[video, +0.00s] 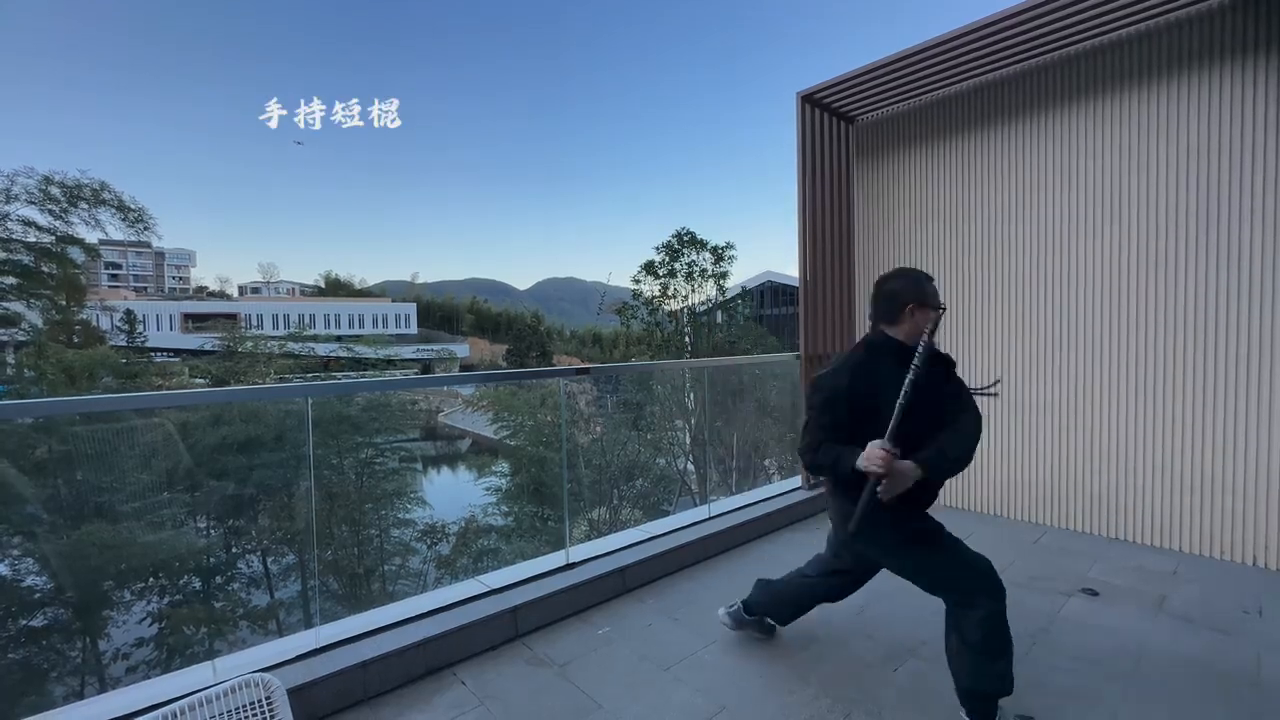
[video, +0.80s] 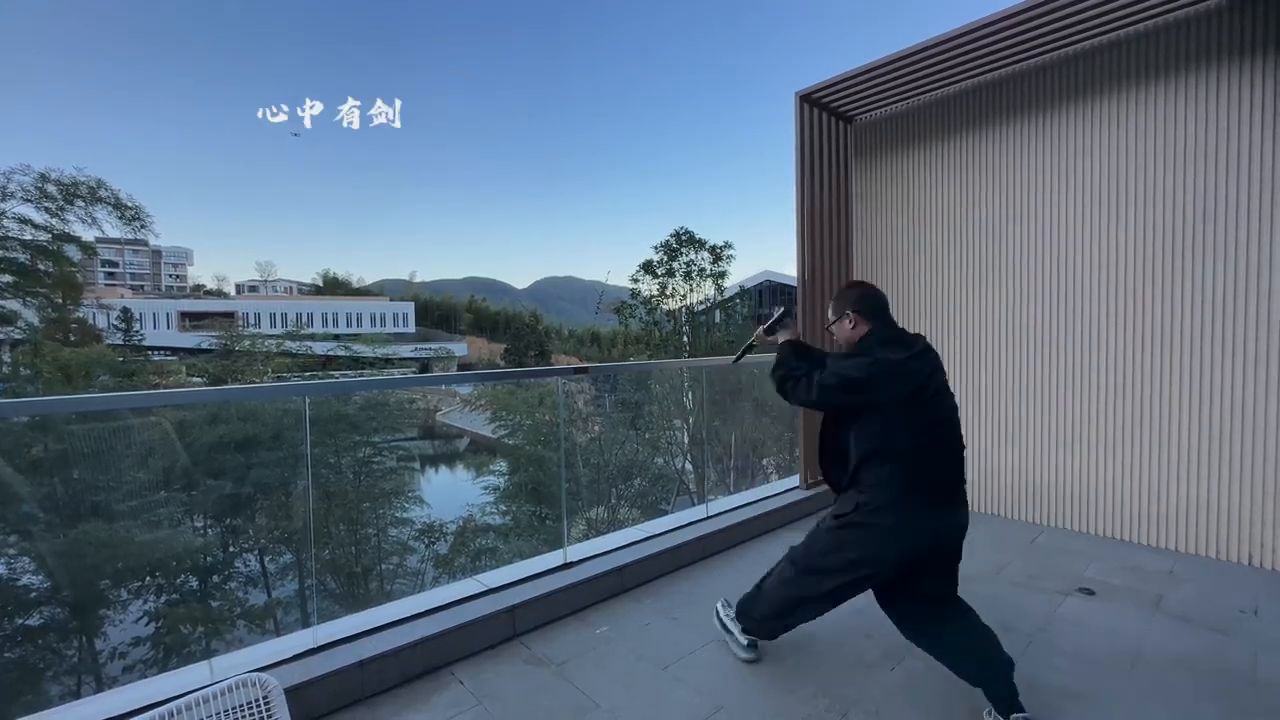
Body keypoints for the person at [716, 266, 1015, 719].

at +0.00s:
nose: (937, 319)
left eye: (938, 311)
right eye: (933, 311)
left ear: (903, 313)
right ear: (909, 312)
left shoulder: (934, 367)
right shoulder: (847, 374)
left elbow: (967, 428)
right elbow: (813, 451)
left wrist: (919, 467)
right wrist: (856, 458)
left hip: (897, 507)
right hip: (865, 515)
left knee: (830, 576)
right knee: (976, 583)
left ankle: (754, 610)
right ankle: (983, 709)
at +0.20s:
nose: (958, 348)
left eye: (958, 340)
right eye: (955, 340)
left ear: (913, 336)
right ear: (938, 342)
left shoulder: (925, 395)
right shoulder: (889, 372)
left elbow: (954, 464)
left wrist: (922, 479)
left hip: (830, 508)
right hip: (869, 518)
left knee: (831, 572)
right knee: (969, 580)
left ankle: (761, 623)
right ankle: (982, 708)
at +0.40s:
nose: (770, 353)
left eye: (770, 347)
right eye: (771, 346)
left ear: (777, 348)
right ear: (813, 337)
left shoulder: (773, 396)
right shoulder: (860, 360)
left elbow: (811, 436)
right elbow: (930, 371)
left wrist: (880, 421)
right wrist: (897, 400)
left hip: (803, 518)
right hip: (878, 516)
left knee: (756, 549)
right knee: (934, 597)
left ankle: (736, 627)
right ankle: (984, 703)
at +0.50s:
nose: (744, 361)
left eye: (743, 354)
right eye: (743, 354)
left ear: (751, 353)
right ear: (783, 340)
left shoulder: (749, 393)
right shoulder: (823, 359)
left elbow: (752, 442)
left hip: (806, 514)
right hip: (872, 510)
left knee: (748, 543)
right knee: (923, 604)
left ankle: (735, 627)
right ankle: (991, 706)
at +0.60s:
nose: (751, 354)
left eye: (752, 348)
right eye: (751, 347)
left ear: (760, 351)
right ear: (792, 341)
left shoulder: (761, 385)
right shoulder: (827, 364)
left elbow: (728, 408)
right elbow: (791, 371)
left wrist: (725, 372)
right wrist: (752, 365)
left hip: (814, 516)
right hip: (880, 513)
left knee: (752, 538)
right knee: (925, 601)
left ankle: (737, 626)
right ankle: (998, 700)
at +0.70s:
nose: (782, 343)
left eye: (782, 336)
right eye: (782, 336)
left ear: (793, 337)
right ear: (826, 330)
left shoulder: (791, 383)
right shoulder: (861, 359)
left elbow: (764, 422)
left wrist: (773, 374)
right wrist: (788, 363)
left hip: (830, 518)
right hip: (894, 516)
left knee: (759, 544)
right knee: (922, 600)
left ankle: (737, 626)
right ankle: (997, 689)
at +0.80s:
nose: (832, 336)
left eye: (833, 326)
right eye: (830, 328)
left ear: (853, 322)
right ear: (882, 319)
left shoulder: (868, 365)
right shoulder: (922, 354)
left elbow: (798, 384)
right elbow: (838, 370)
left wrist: (787, 343)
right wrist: (793, 344)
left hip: (884, 513)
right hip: (943, 513)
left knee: (809, 568)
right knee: (929, 607)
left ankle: (745, 624)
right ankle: (1008, 704)